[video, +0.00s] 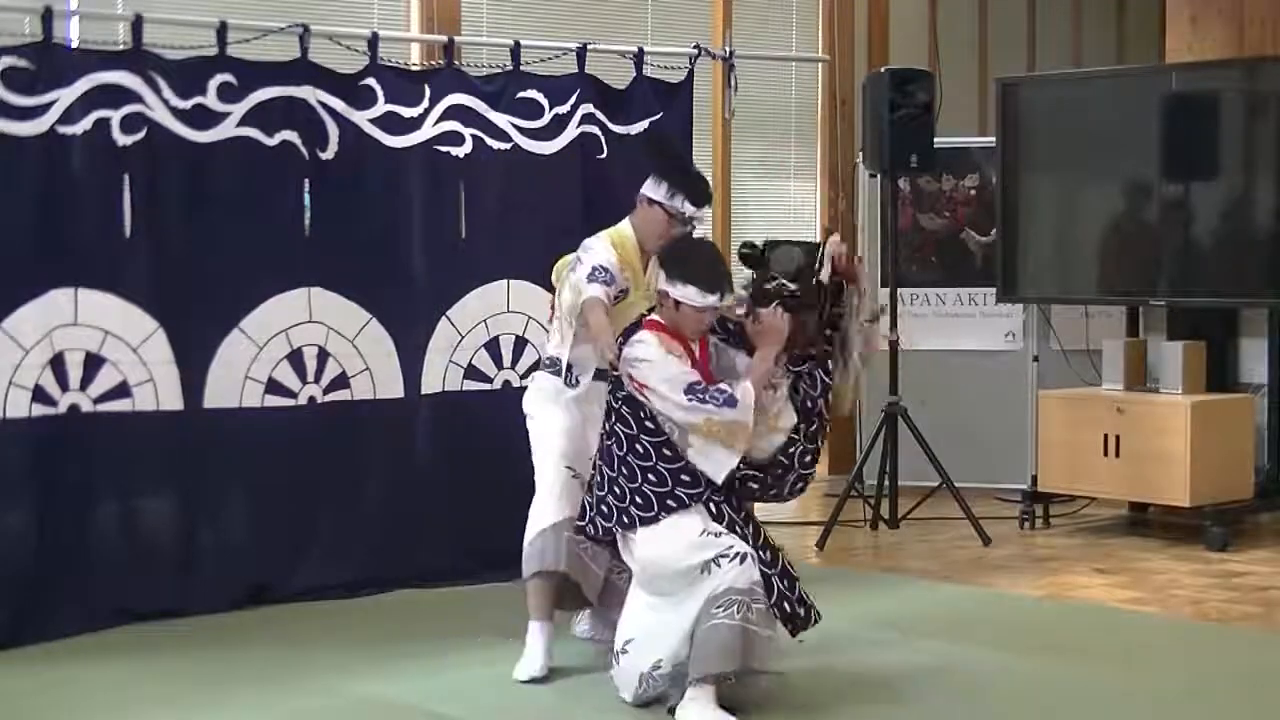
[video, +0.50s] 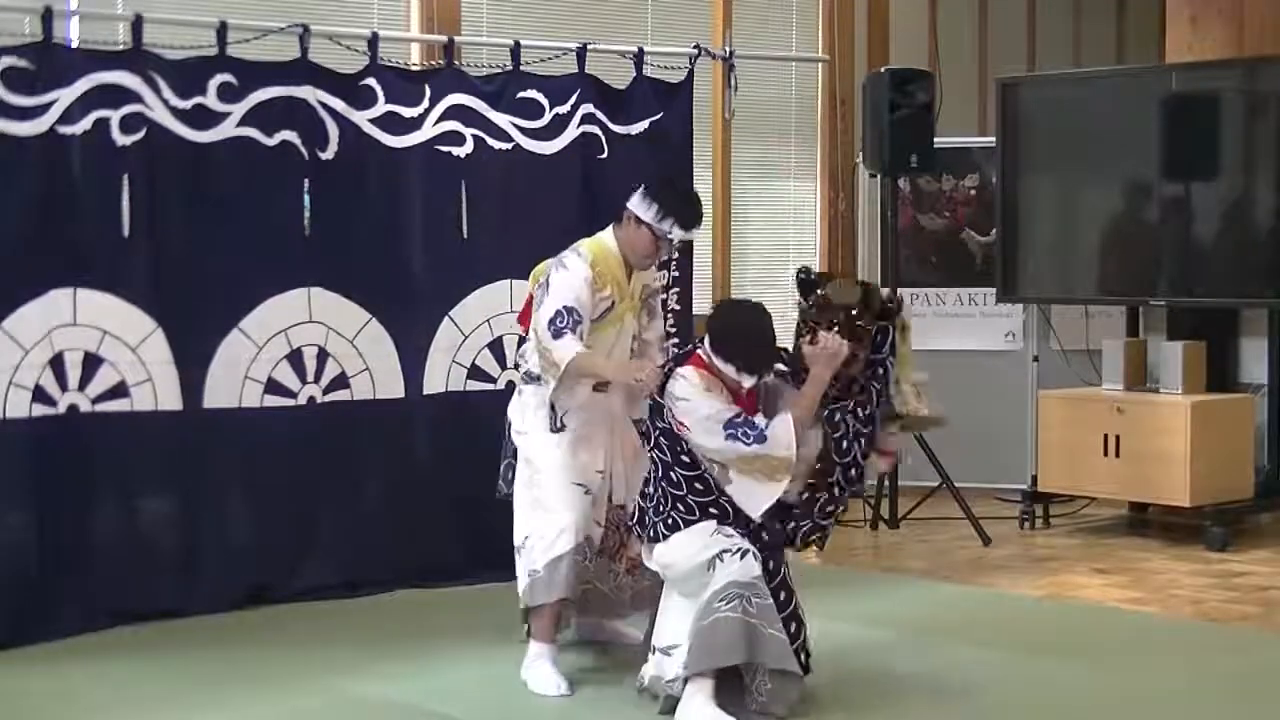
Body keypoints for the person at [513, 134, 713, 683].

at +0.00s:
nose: (681, 232)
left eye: (688, 222)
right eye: (676, 218)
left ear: (680, 220)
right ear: (645, 206)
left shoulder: (664, 263)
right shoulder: (603, 250)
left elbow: (689, 322)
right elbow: (593, 308)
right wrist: (618, 359)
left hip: (619, 393)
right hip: (564, 389)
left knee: (631, 502)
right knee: (557, 496)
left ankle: (602, 616)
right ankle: (537, 635)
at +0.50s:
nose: (666, 252)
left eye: (671, 243)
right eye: (661, 239)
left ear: (655, 234)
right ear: (632, 222)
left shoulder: (649, 277)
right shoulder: (577, 270)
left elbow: (651, 348)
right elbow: (560, 350)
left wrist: (651, 376)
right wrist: (624, 369)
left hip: (613, 412)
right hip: (556, 415)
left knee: (617, 513)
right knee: (561, 524)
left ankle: (596, 614)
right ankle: (540, 652)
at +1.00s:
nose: (647, 251)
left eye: (653, 242)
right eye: (643, 238)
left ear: (632, 231)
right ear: (614, 221)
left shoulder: (625, 274)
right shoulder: (562, 269)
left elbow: (629, 356)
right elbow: (577, 365)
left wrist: (654, 383)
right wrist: (656, 384)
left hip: (597, 414)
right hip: (543, 419)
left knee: (618, 518)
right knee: (568, 530)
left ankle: (600, 621)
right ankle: (541, 651)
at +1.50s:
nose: (666, 235)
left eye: (673, 226)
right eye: (668, 222)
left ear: (642, 202)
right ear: (642, 200)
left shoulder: (614, 249)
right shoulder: (577, 246)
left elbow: (598, 348)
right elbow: (583, 353)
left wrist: (625, 391)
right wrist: (663, 382)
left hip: (574, 404)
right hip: (533, 403)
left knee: (618, 507)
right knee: (551, 519)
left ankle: (630, 640)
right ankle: (539, 658)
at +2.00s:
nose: (688, 254)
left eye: (695, 244)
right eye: (691, 240)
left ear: (666, 220)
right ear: (667, 219)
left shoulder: (618, 262)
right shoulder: (598, 258)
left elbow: (600, 358)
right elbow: (613, 359)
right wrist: (695, 384)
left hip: (558, 399)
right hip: (513, 391)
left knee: (615, 508)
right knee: (498, 513)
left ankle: (630, 648)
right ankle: (479, 649)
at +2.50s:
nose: (682, 254)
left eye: (688, 246)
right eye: (684, 241)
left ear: (659, 222)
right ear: (658, 220)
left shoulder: (608, 258)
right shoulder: (600, 258)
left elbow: (581, 352)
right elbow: (622, 355)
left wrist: (598, 411)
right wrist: (695, 379)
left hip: (546, 396)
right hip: (512, 391)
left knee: (615, 509)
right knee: (506, 515)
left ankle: (631, 647)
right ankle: (478, 650)